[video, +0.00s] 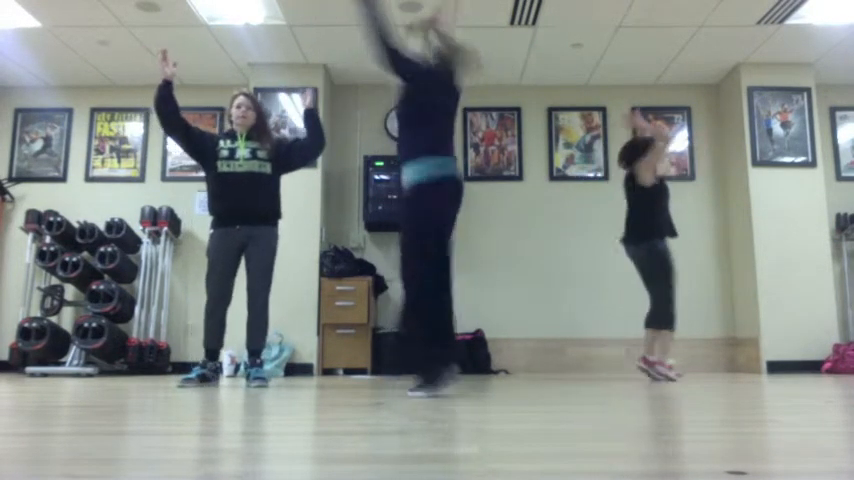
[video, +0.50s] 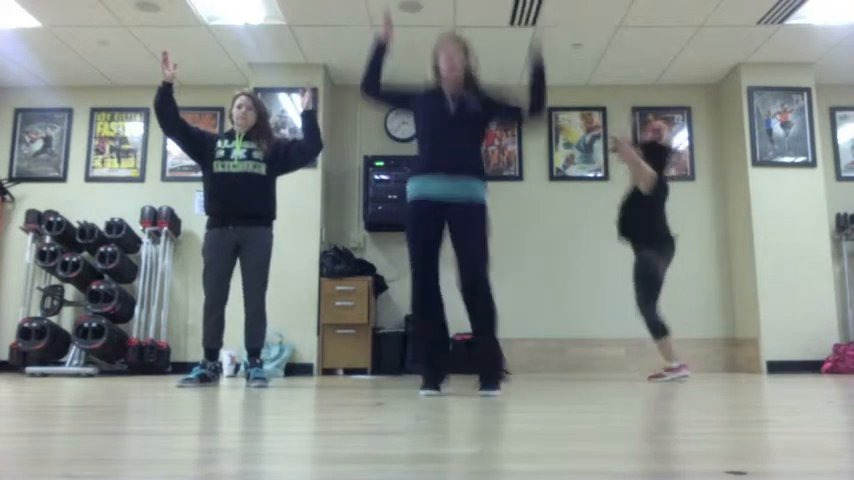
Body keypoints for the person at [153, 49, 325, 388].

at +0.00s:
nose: (241, 112)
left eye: (247, 108)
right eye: (236, 108)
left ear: (257, 116)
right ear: (229, 114)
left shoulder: (274, 150)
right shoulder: (211, 145)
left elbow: (314, 146)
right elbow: (173, 124)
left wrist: (309, 111)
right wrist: (166, 83)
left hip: (263, 232)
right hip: (225, 232)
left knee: (258, 299)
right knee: (217, 298)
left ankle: (255, 364)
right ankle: (211, 364)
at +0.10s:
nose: (242, 112)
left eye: (248, 109)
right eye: (237, 108)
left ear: (258, 116)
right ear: (230, 114)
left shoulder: (275, 151)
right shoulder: (212, 145)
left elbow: (315, 145)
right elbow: (174, 124)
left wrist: (310, 110)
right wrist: (168, 84)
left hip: (262, 233)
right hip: (225, 232)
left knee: (258, 300)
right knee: (216, 299)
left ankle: (255, 365)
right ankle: (210, 364)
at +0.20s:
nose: (242, 113)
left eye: (248, 110)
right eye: (238, 109)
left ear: (259, 117)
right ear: (231, 114)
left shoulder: (275, 150)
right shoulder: (212, 145)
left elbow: (315, 146)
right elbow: (173, 124)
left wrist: (310, 111)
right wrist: (168, 84)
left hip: (260, 233)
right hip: (223, 232)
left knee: (257, 300)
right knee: (215, 299)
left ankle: (254, 365)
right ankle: (210, 364)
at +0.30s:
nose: (242, 113)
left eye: (248, 109)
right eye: (237, 108)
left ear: (258, 116)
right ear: (231, 114)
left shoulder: (274, 150)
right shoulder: (212, 144)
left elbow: (314, 146)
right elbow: (173, 123)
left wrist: (309, 111)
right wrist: (168, 84)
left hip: (259, 233)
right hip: (222, 233)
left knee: (256, 301)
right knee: (215, 299)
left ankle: (254, 365)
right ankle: (210, 364)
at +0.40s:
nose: (242, 111)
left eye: (248, 108)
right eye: (237, 107)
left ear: (258, 116)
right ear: (230, 113)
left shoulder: (273, 150)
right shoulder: (211, 144)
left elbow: (312, 147)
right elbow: (173, 123)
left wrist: (308, 112)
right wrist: (168, 84)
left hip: (257, 233)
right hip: (220, 232)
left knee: (255, 300)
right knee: (214, 299)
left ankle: (254, 364)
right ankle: (210, 364)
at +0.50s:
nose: (241, 111)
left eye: (247, 107)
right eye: (237, 107)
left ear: (258, 116)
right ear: (230, 113)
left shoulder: (272, 150)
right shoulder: (210, 145)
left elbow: (311, 147)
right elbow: (171, 124)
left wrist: (307, 113)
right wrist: (167, 84)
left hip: (256, 233)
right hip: (219, 232)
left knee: (254, 300)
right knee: (213, 299)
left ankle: (254, 365)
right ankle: (210, 364)